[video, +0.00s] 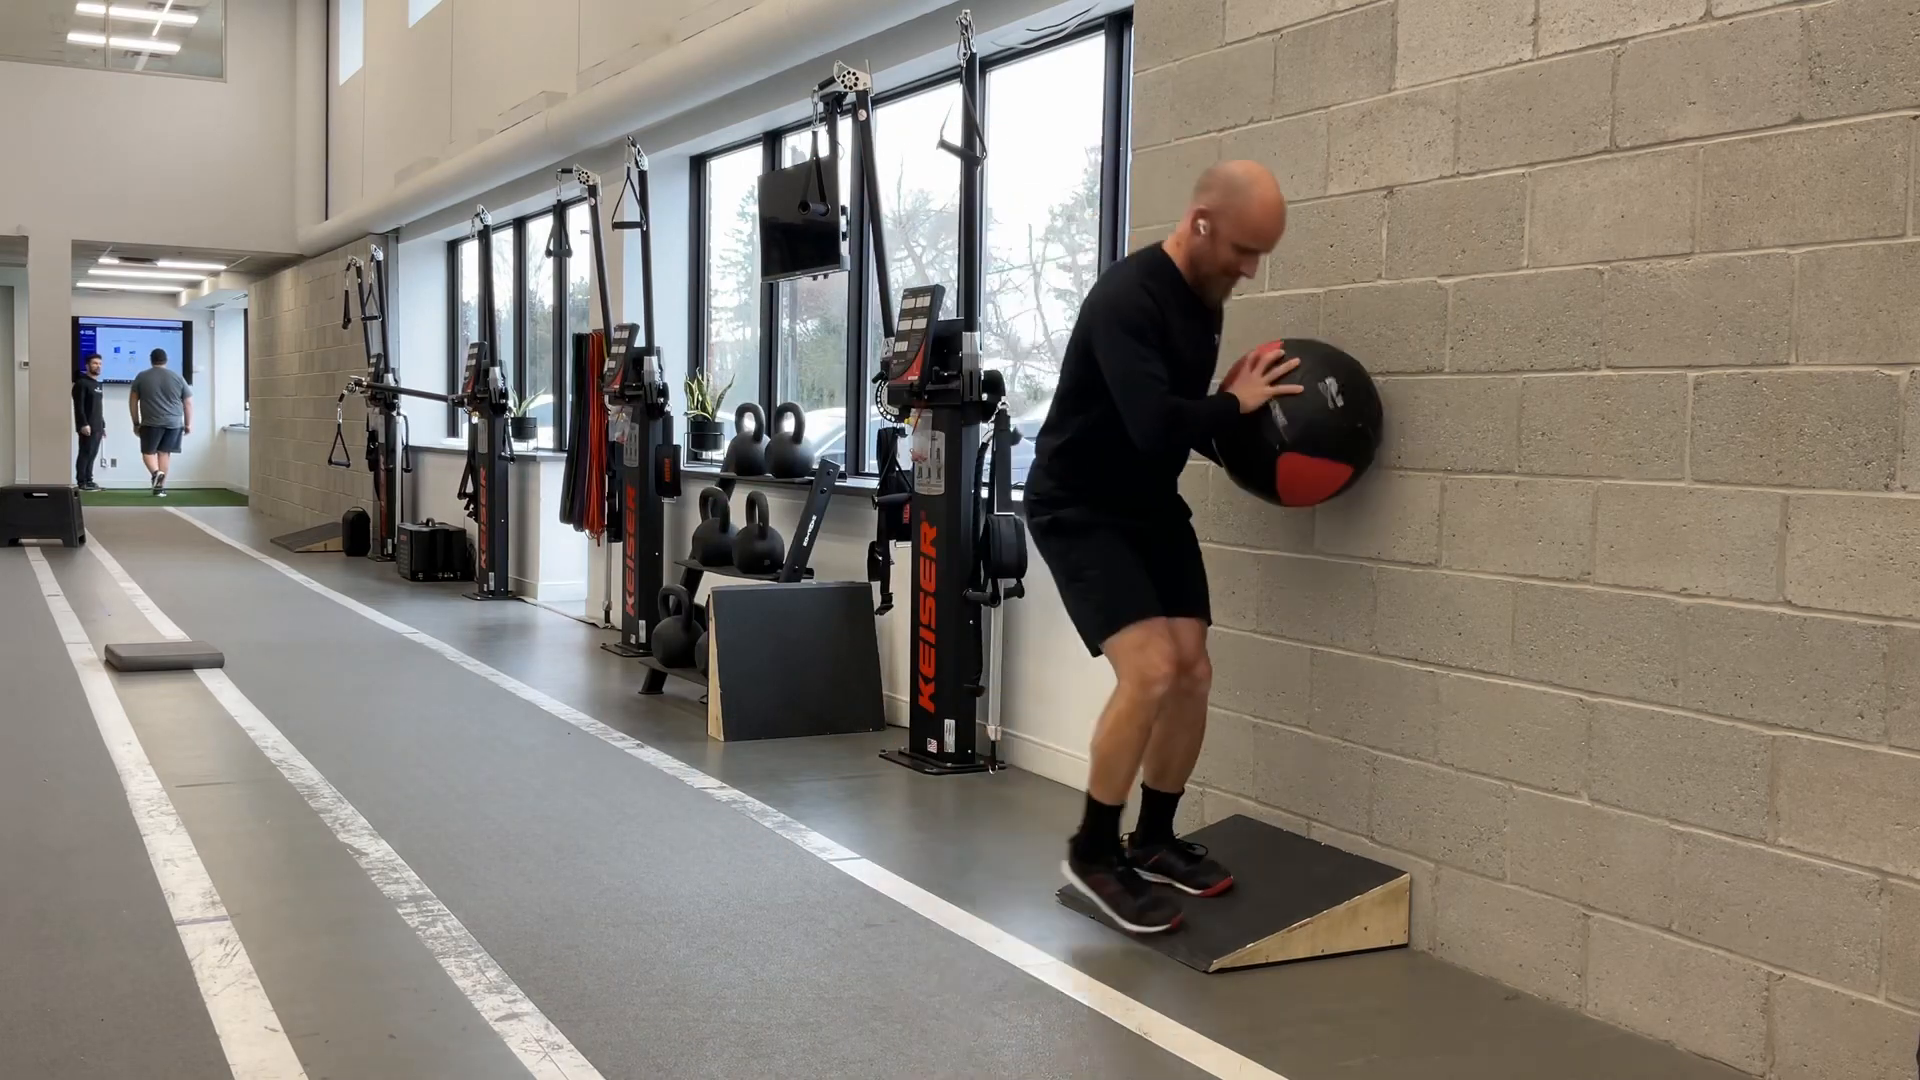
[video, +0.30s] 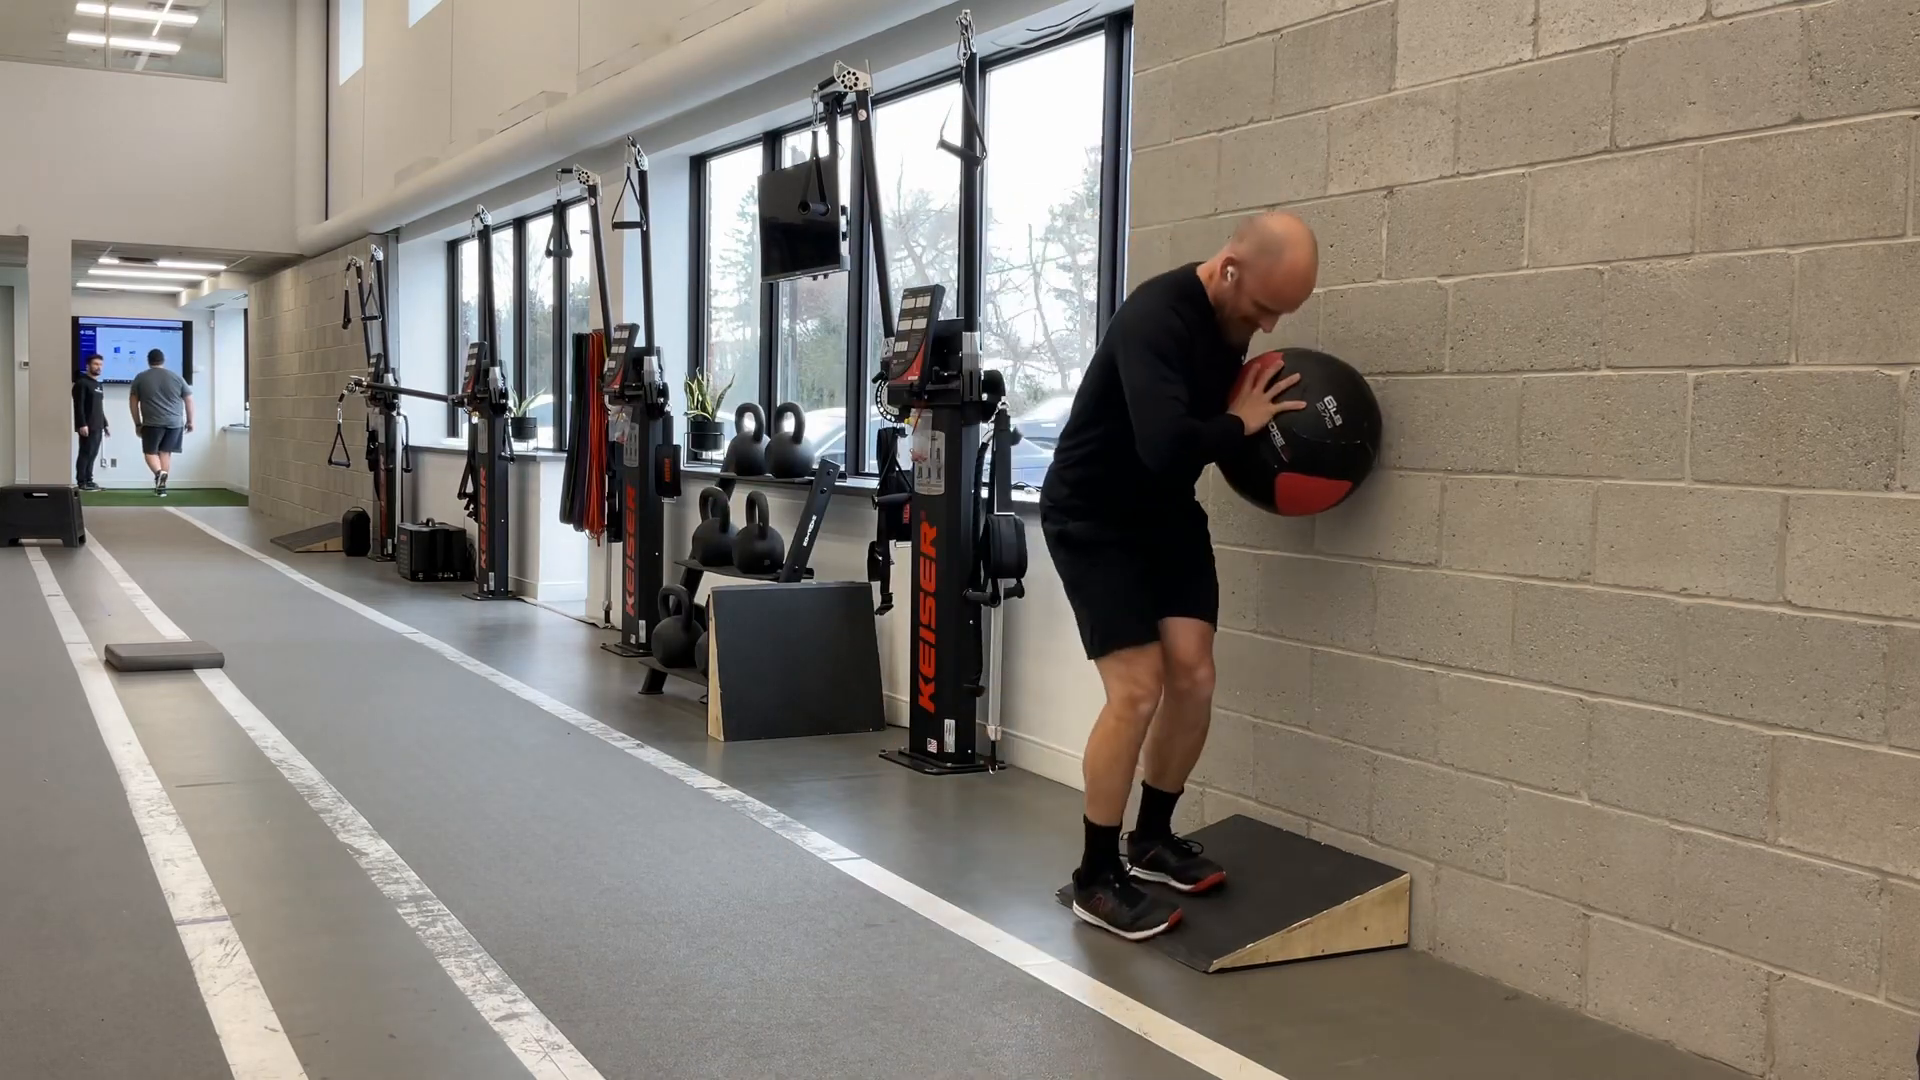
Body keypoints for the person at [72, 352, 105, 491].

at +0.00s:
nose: (97, 366)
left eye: (99, 364)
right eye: (94, 363)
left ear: (101, 366)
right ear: (88, 365)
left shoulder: (97, 384)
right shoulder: (81, 383)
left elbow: (98, 408)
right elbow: (79, 406)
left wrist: (102, 425)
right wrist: (83, 423)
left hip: (97, 425)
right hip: (87, 425)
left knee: (92, 454)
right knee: (85, 454)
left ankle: (89, 479)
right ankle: (82, 481)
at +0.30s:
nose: (98, 367)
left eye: (100, 364)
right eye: (95, 364)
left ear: (102, 367)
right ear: (88, 365)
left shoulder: (98, 385)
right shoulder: (81, 383)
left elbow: (99, 407)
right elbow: (79, 406)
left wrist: (105, 424)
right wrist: (82, 424)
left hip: (97, 425)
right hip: (87, 425)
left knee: (92, 454)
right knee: (85, 454)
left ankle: (89, 479)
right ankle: (82, 480)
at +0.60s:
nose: (99, 369)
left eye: (101, 366)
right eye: (97, 365)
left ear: (102, 368)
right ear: (89, 366)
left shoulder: (98, 385)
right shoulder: (81, 383)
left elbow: (99, 408)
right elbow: (78, 406)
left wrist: (102, 425)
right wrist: (81, 424)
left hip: (97, 425)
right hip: (87, 425)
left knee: (92, 454)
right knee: (85, 454)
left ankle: (89, 479)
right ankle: (82, 480)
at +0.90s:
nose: (100, 369)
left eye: (102, 366)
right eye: (97, 366)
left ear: (103, 368)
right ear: (90, 366)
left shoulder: (98, 385)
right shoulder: (81, 383)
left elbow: (98, 408)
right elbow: (78, 406)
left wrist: (102, 425)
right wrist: (81, 424)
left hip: (97, 425)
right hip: (87, 425)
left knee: (92, 454)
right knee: (85, 454)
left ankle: (89, 479)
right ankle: (82, 481)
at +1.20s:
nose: (99, 368)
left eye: (101, 365)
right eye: (97, 364)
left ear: (102, 367)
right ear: (89, 365)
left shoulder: (98, 385)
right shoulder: (81, 383)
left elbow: (99, 408)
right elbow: (78, 406)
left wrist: (103, 425)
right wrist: (81, 424)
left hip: (97, 425)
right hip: (87, 425)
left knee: (92, 454)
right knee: (85, 454)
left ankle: (89, 479)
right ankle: (82, 481)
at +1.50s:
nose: (98, 365)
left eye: (100, 363)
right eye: (95, 362)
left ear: (101, 365)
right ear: (88, 365)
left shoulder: (98, 385)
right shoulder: (81, 383)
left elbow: (99, 407)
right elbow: (78, 406)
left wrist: (103, 425)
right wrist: (80, 424)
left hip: (97, 425)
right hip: (87, 426)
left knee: (92, 454)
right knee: (85, 454)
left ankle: (89, 479)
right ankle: (82, 481)